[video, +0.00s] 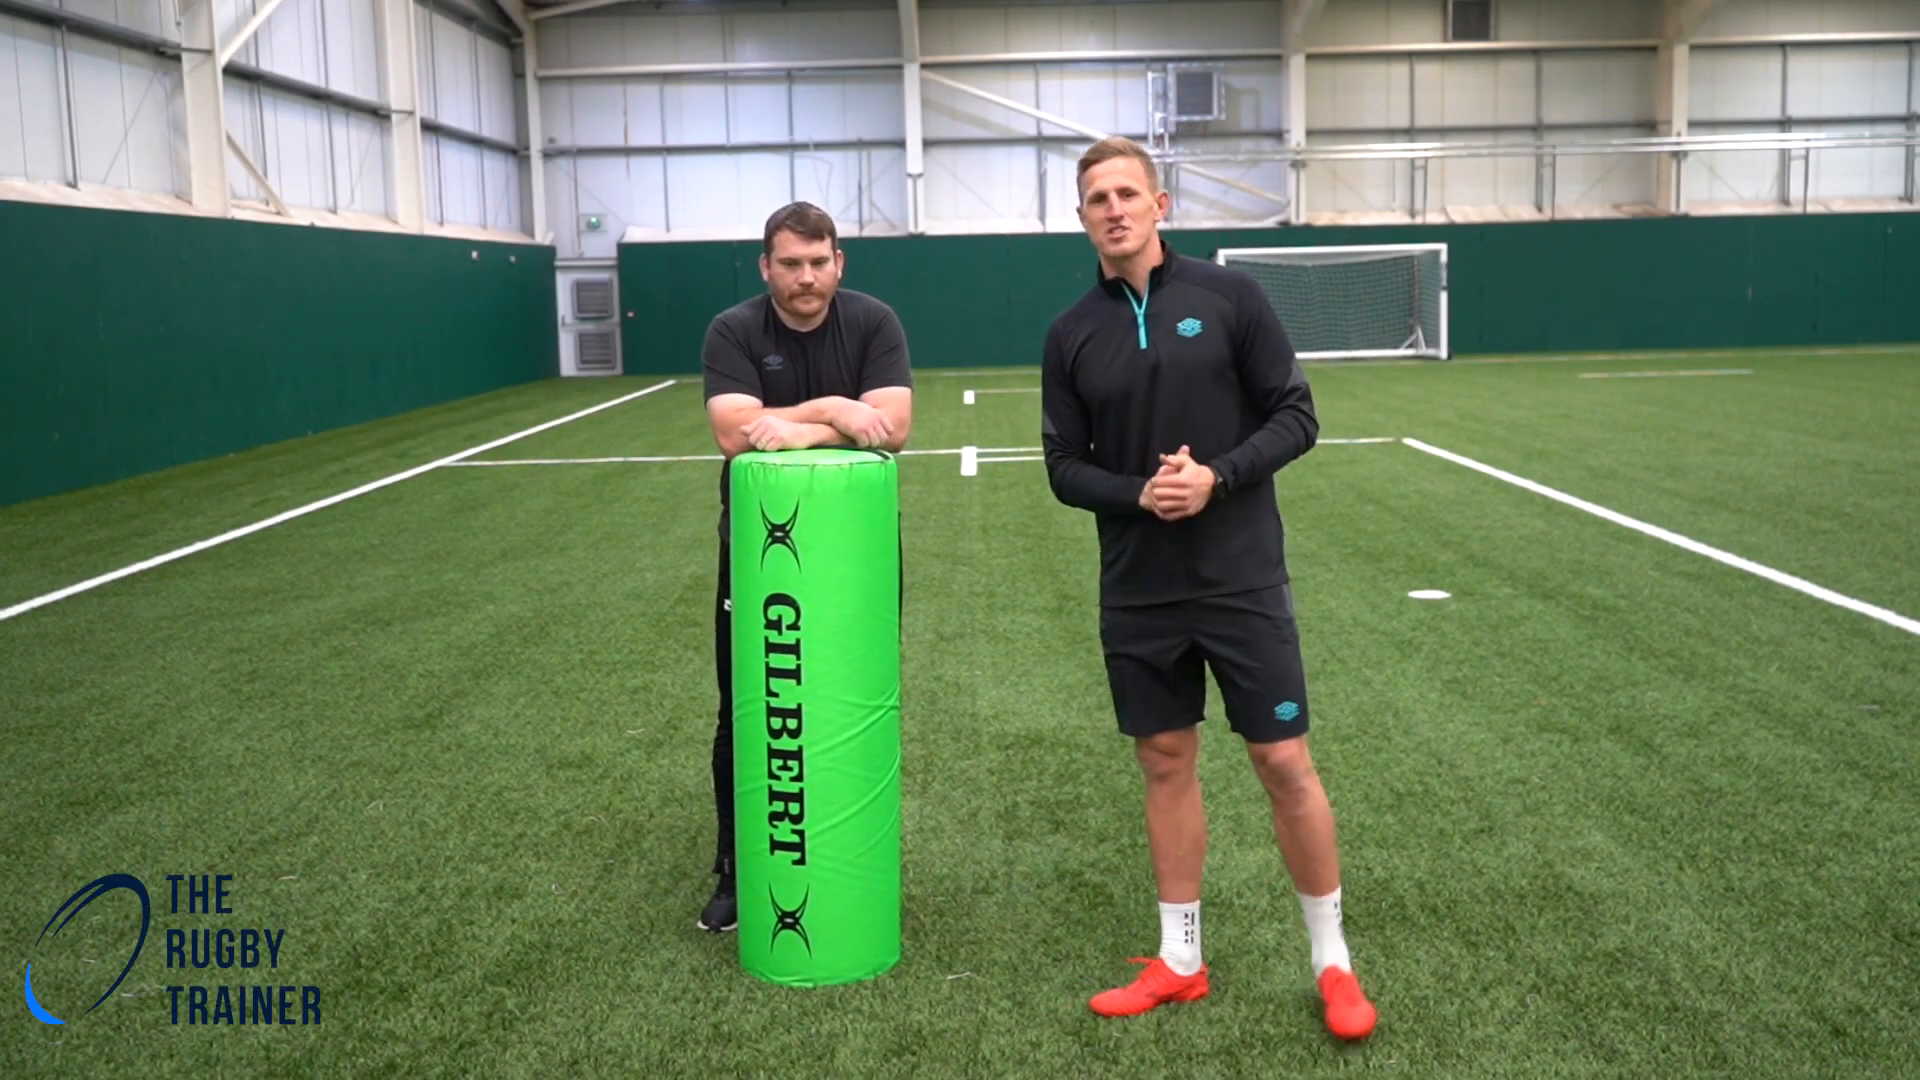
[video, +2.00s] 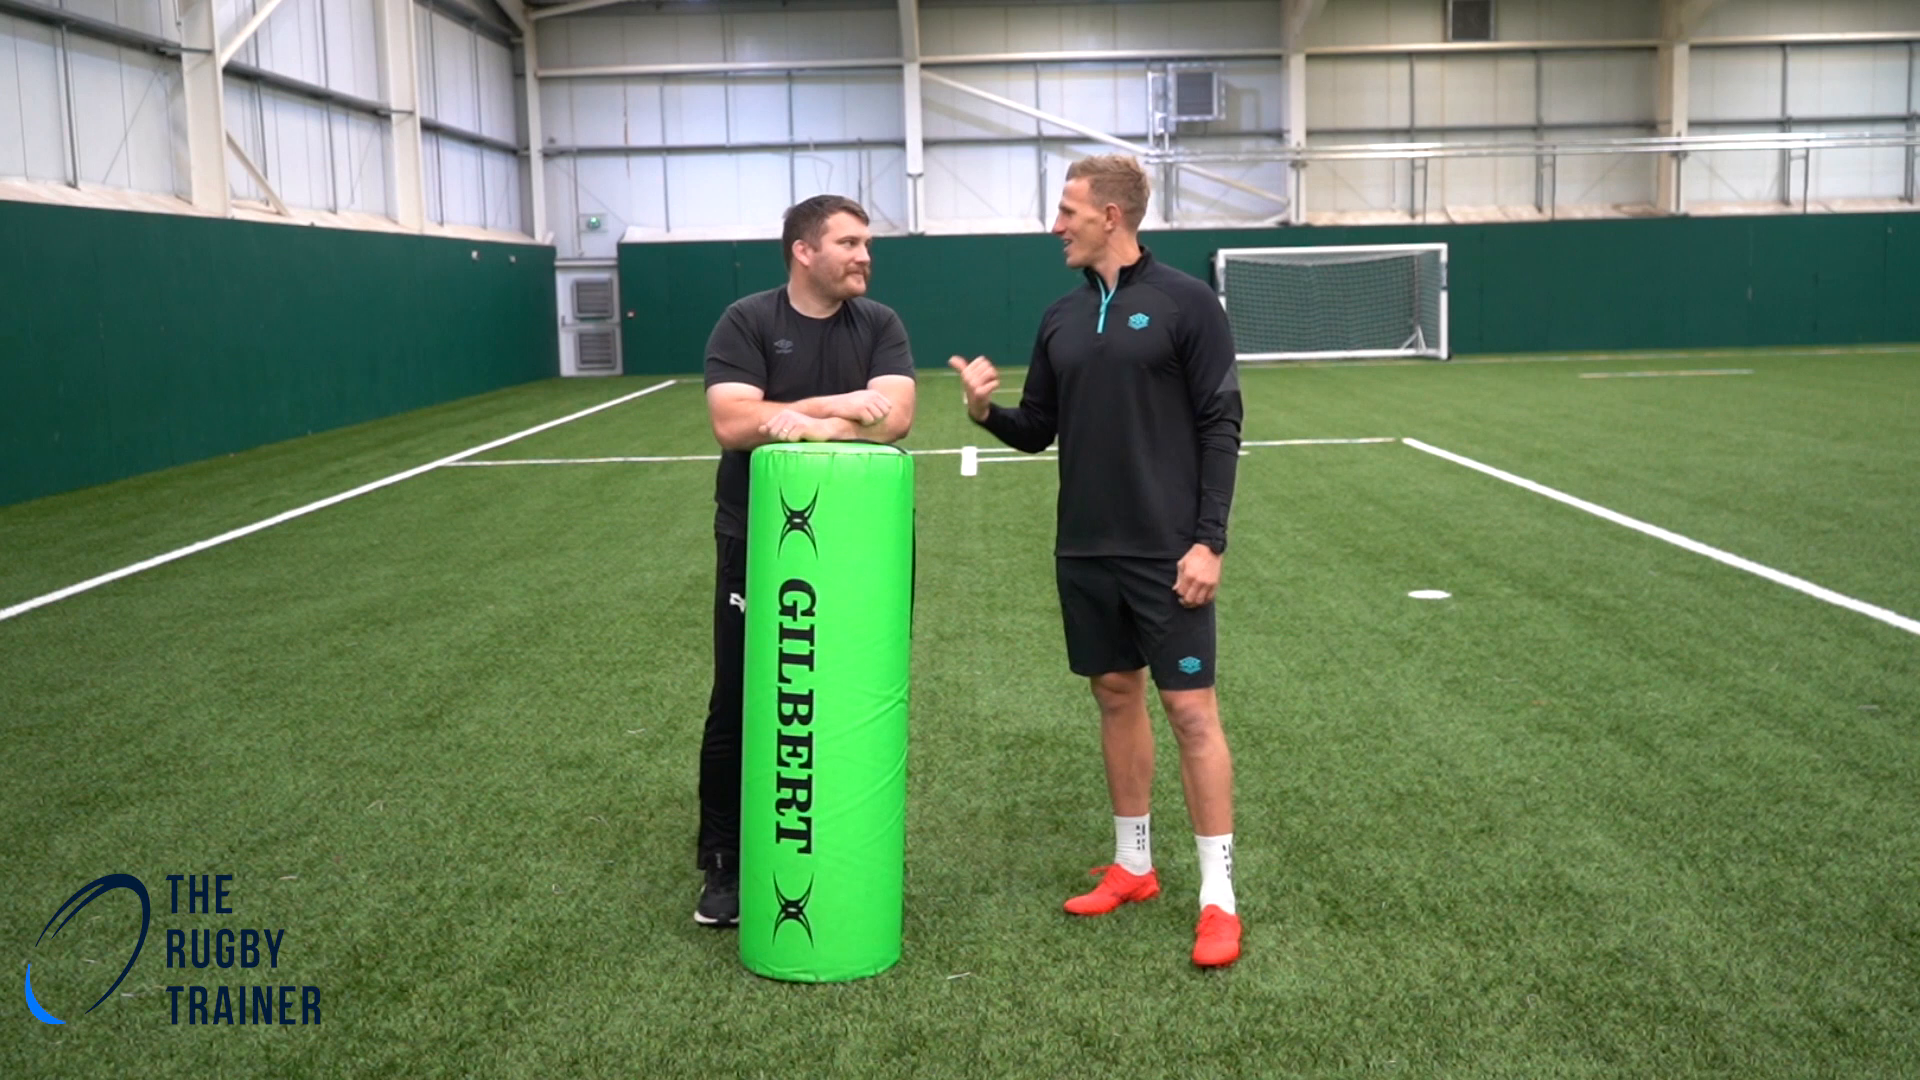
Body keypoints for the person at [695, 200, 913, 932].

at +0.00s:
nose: (806, 278)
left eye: (819, 264)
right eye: (791, 265)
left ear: (838, 262)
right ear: (766, 267)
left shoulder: (873, 322)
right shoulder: (735, 331)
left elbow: (892, 426)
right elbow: (735, 435)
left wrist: (785, 423)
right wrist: (837, 412)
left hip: (853, 548)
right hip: (758, 549)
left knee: (852, 717)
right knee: (746, 713)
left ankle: (849, 882)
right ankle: (736, 875)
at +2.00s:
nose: (864, 257)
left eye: (866, 244)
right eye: (849, 243)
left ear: (863, 255)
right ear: (801, 252)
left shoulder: (878, 322)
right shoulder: (748, 320)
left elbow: (893, 416)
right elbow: (730, 424)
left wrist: (785, 414)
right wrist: (850, 412)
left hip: (848, 544)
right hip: (755, 540)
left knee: (840, 705)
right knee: (739, 701)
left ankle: (834, 869)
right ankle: (724, 865)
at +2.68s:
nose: (776, 254)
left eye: (775, 242)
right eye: (760, 246)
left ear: (768, 249)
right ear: (712, 259)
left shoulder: (795, 315)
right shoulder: (664, 336)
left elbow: (836, 409)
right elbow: (679, 446)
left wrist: (742, 422)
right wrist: (789, 414)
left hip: (791, 555)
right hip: (701, 559)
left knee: (797, 713)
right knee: (701, 722)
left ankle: (803, 867)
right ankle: (711, 874)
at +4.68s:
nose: (822, 277)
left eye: (833, 264)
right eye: (807, 263)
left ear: (845, 263)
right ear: (772, 261)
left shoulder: (868, 321)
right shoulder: (730, 328)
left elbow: (884, 425)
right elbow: (730, 433)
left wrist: (783, 423)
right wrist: (833, 408)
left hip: (842, 554)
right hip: (746, 552)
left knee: (837, 715)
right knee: (728, 713)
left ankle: (831, 877)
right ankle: (716, 870)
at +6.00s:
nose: (780, 280)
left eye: (789, 265)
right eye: (764, 268)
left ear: (797, 259)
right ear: (724, 265)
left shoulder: (824, 318)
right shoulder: (687, 331)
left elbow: (853, 421)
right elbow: (704, 438)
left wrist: (772, 423)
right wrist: (809, 409)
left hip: (809, 552)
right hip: (710, 554)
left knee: (810, 710)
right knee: (707, 715)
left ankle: (815, 866)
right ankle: (713, 872)